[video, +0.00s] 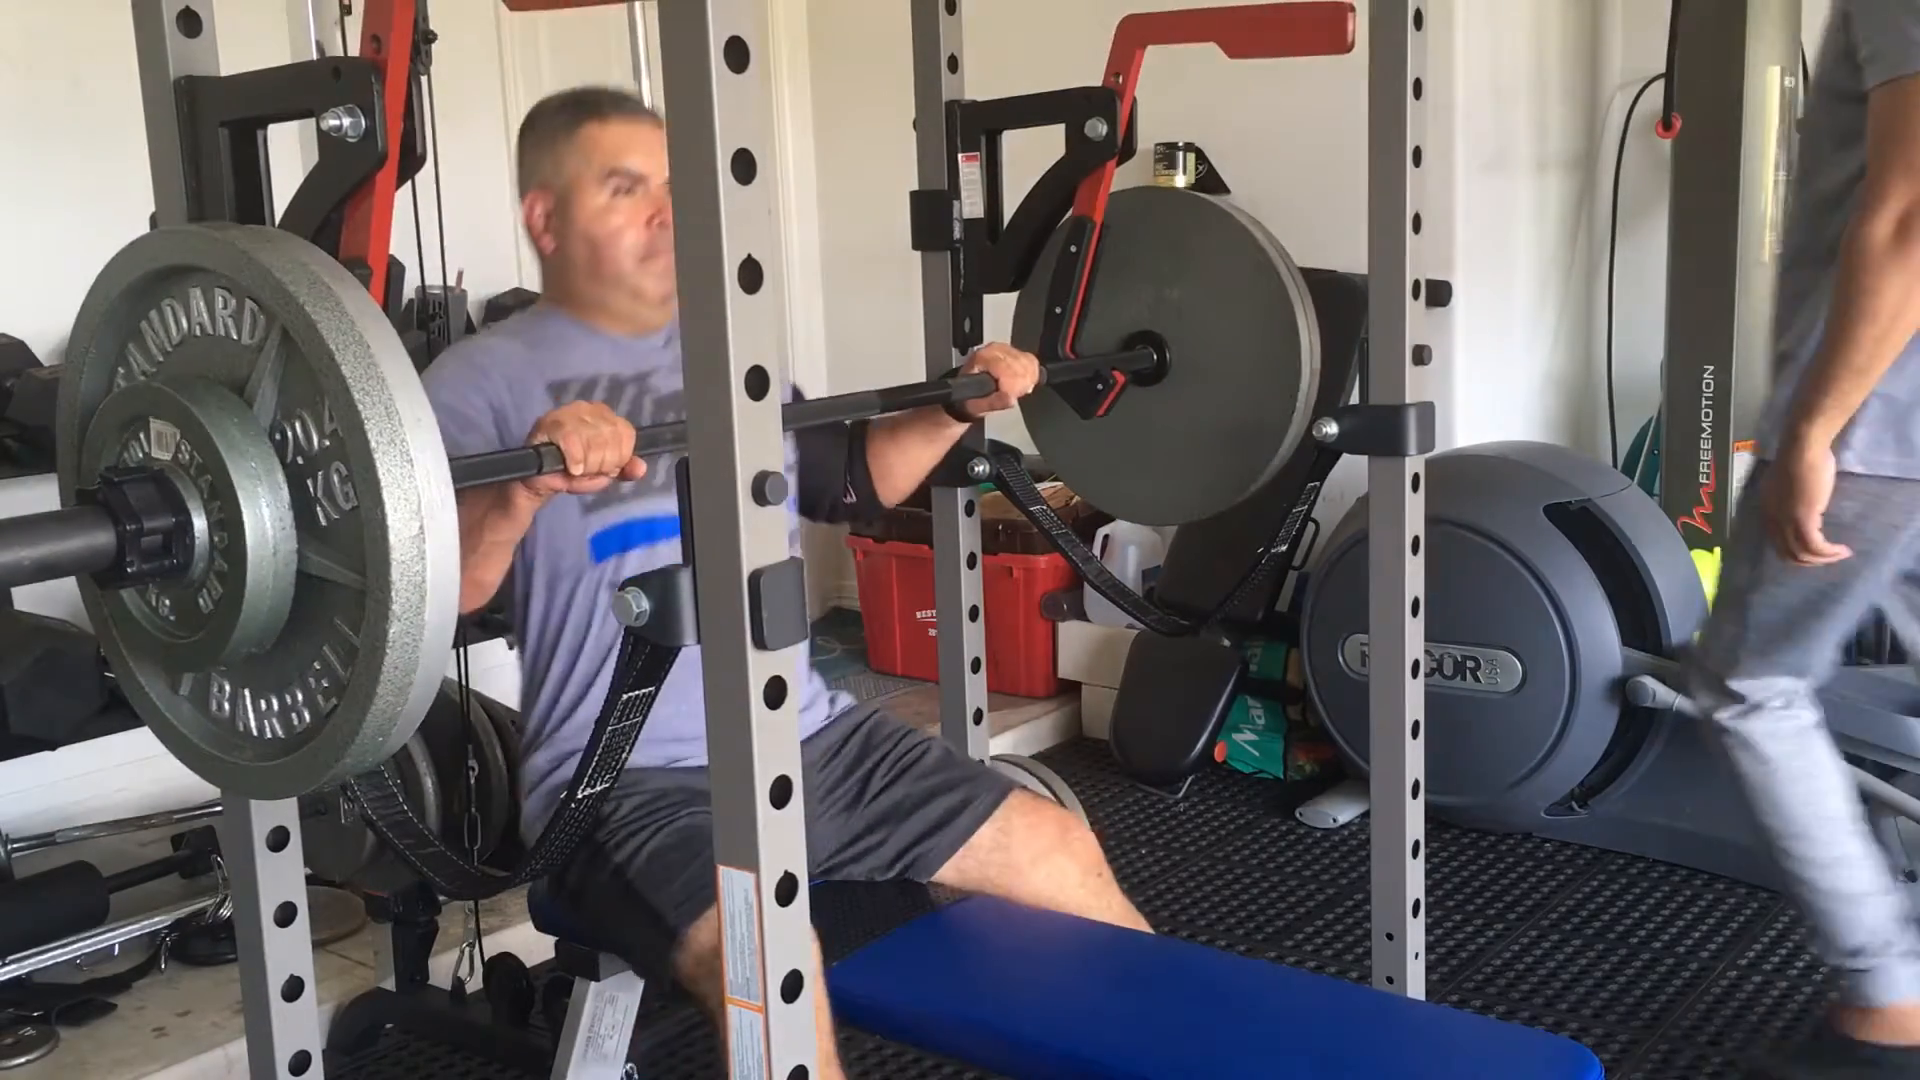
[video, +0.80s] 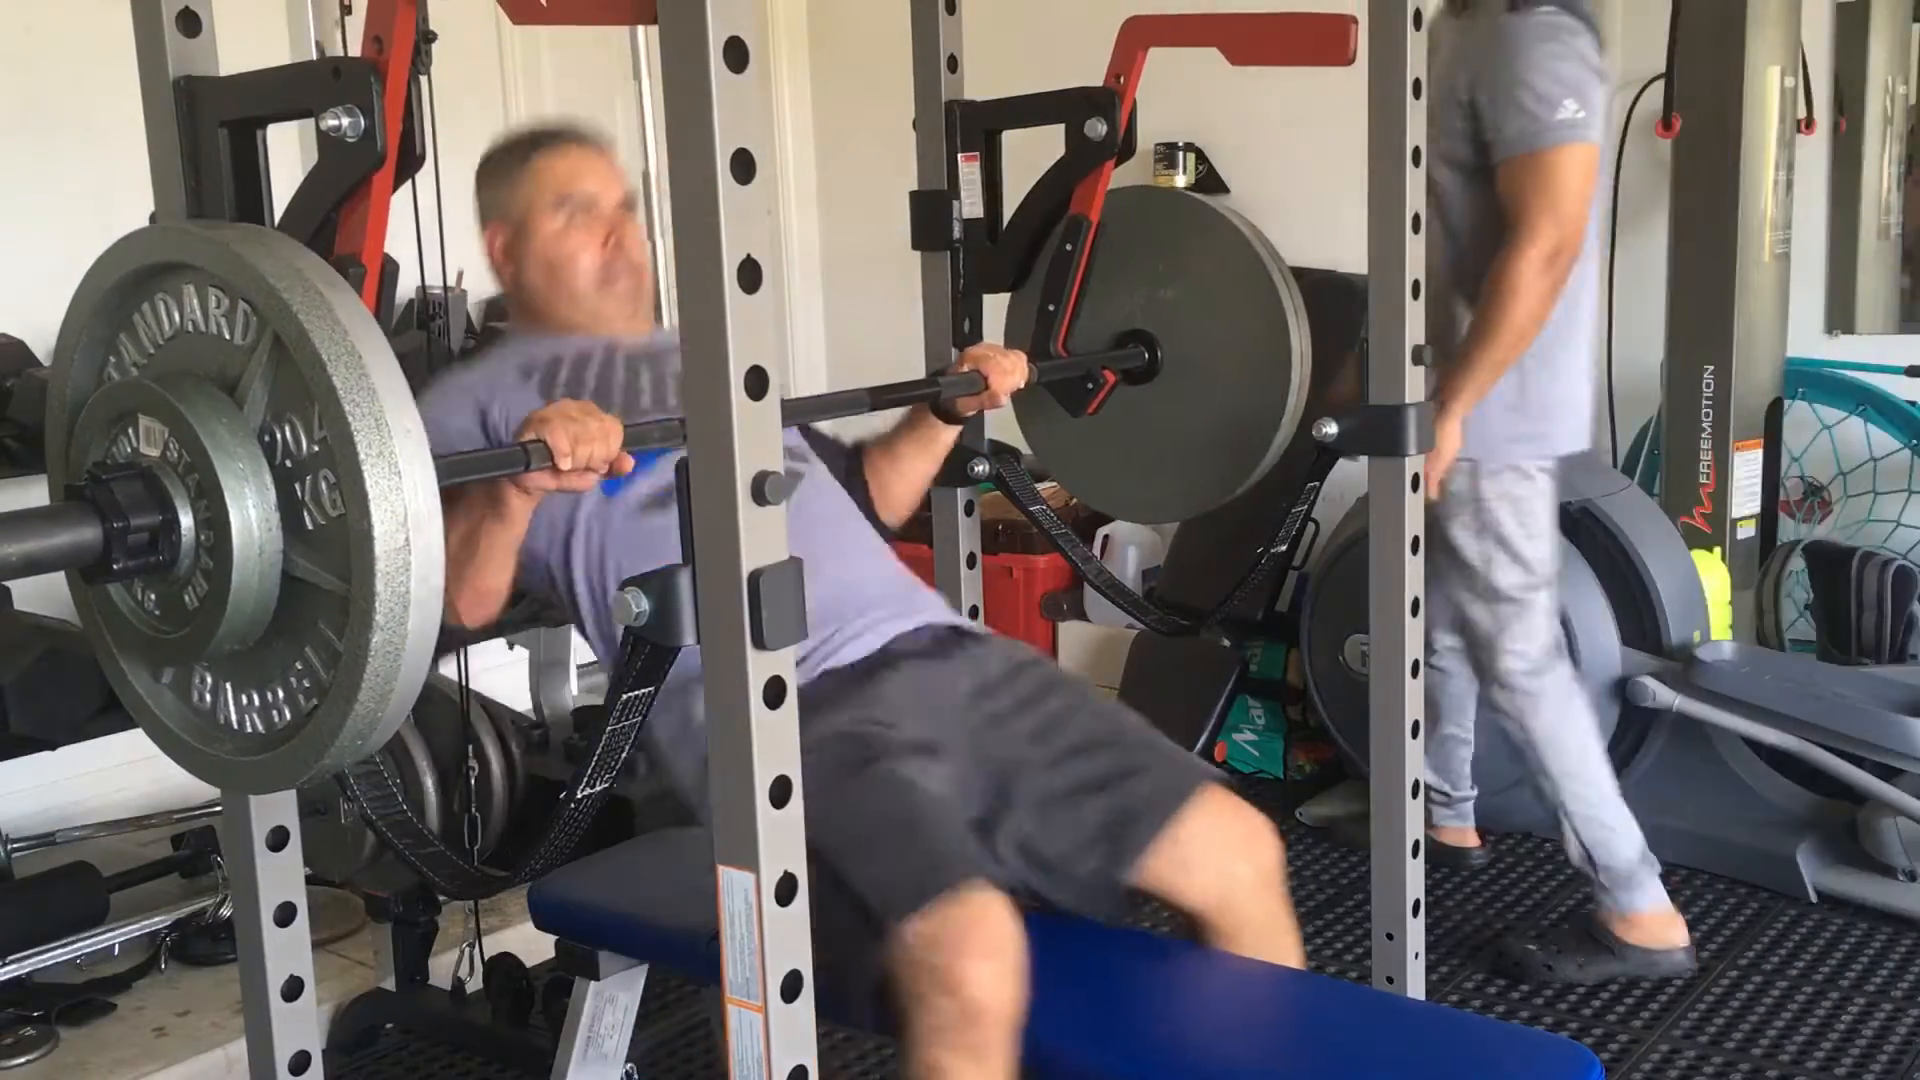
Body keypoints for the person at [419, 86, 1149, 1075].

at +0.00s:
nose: (665, 211)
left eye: (671, 187)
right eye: (624, 188)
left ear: (691, 204)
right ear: (543, 222)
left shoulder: (722, 347)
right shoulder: (480, 380)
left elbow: (848, 478)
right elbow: (440, 597)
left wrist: (957, 404)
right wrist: (523, 485)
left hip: (808, 731)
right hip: (625, 776)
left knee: (1049, 845)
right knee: (761, 954)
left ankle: (1189, 1060)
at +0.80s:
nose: (619, 233)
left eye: (625, 208)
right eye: (576, 215)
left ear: (643, 224)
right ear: (501, 256)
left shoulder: (707, 350)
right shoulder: (479, 396)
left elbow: (863, 506)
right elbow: (464, 607)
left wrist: (951, 406)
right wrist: (522, 480)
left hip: (950, 654)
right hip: (800, 712)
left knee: (1240, 854)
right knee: (971, 952)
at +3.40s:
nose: (786, 654)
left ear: (842, 673)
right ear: (736, 732)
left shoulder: (991, 699)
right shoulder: (784, 815)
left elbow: (1098, 624)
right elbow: (703, 746)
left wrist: (1043, 446)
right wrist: (641, 555)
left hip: (1344, 788)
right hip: (1207, 877)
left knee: (1779, 1025)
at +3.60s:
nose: (755, 652)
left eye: (762, 652)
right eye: (735, 673)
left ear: (829, 670)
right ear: (718, 735)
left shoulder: (985, 697)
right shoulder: (790, 825)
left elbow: (1102, 635)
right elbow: (698, 750)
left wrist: (1041, 450)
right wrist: (632, 565)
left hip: (1337, 791)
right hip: (1198, 871)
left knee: (1791, 1002)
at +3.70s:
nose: (737, 654)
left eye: (746, 654)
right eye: (718, 679)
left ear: (824, 672)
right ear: (714, 749)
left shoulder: (999, 684)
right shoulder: (792, 823)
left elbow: (1112, 630)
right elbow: (674, 751)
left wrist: (1036, 456)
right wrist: (604, 561)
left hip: (1339, 788)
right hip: (1196, 857)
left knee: (1784, 1004)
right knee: (1394, 977)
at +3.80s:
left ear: (835, 653)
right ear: (741, 734)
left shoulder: (993, 679)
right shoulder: (807, 816)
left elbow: (1120, 641)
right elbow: (710, 747)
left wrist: (1036, 460)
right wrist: (620, 559)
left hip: (1339, 791)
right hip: (1201, 859)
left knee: (1776, 1003)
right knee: (1413, 1027)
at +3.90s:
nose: (749, 642)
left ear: (841, 651)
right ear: (736, 731)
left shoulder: (1003, 678)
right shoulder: (812, 812)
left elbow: (1115, 626)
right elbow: (704, 749)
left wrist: (1031, 455)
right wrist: (620, 560)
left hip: (1342, 791)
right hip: (1207, 867)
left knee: (1778, 995)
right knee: (1418, 1029)